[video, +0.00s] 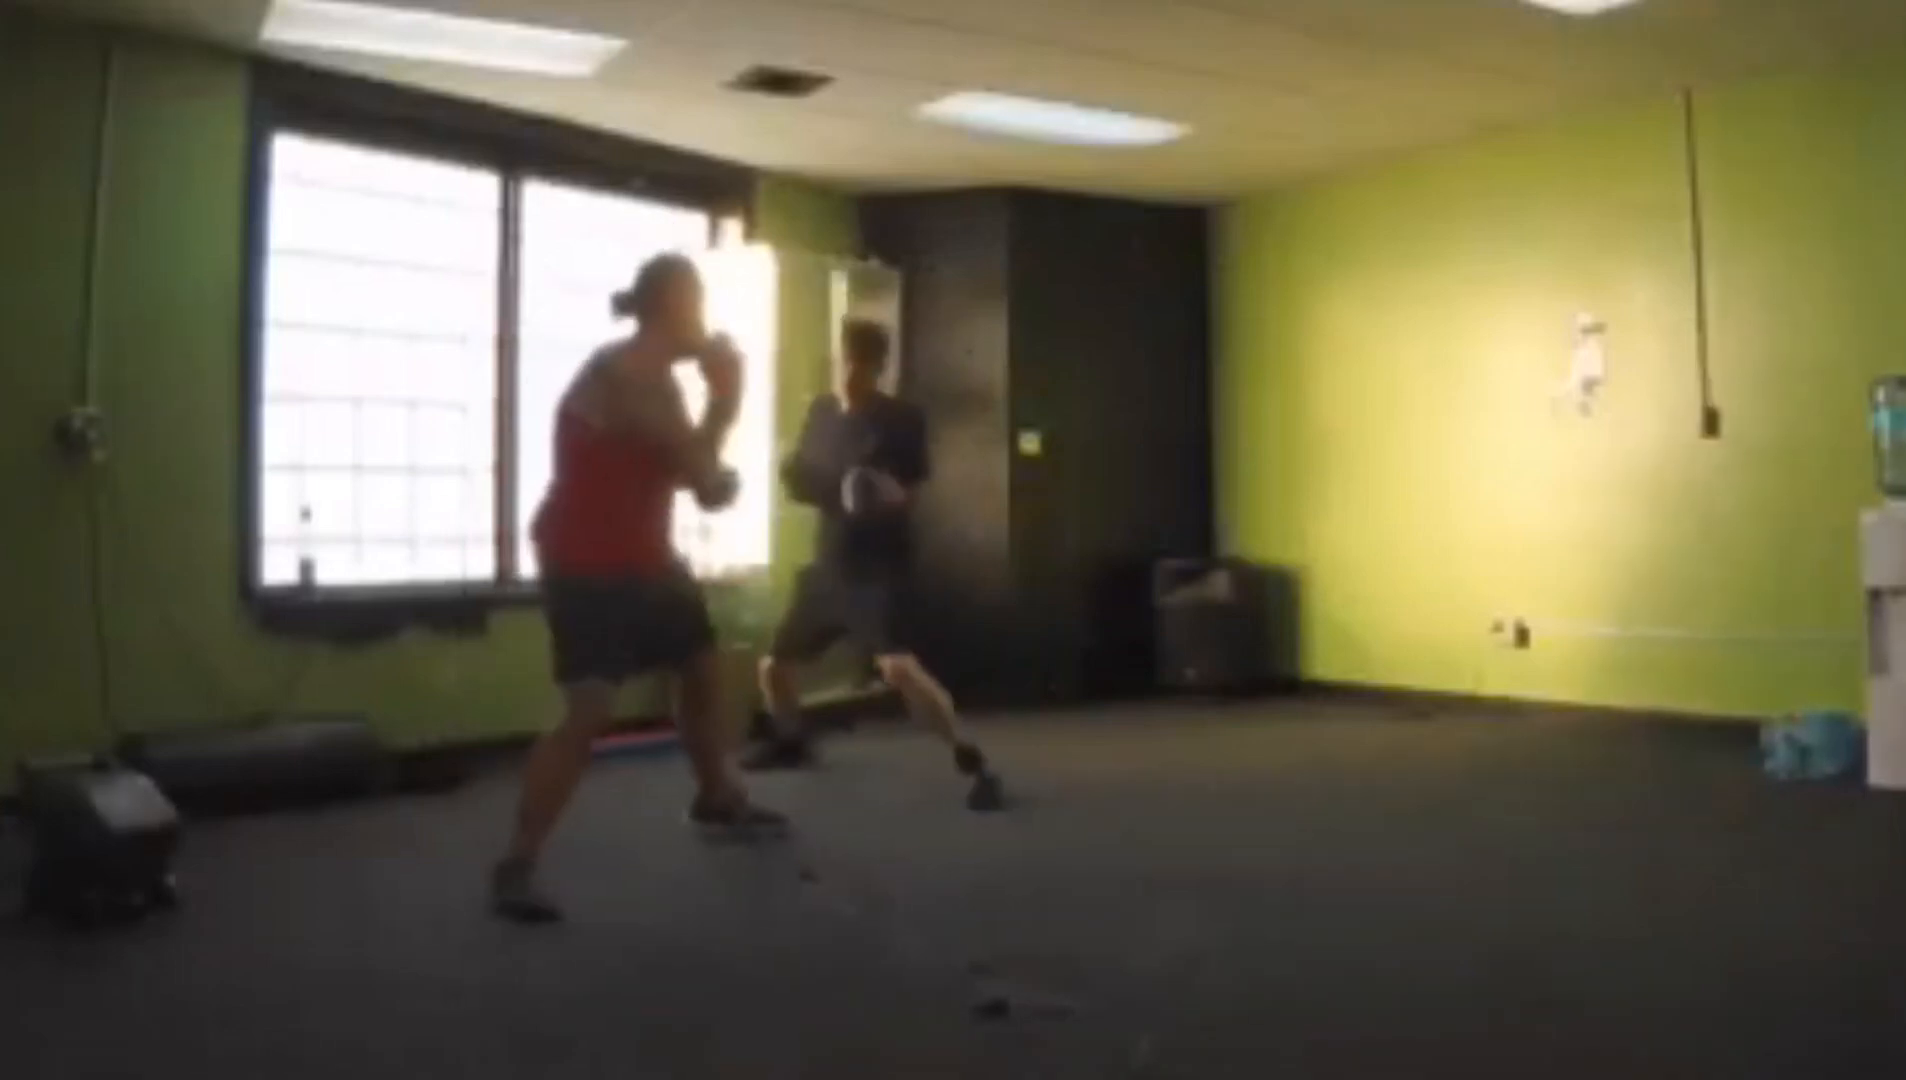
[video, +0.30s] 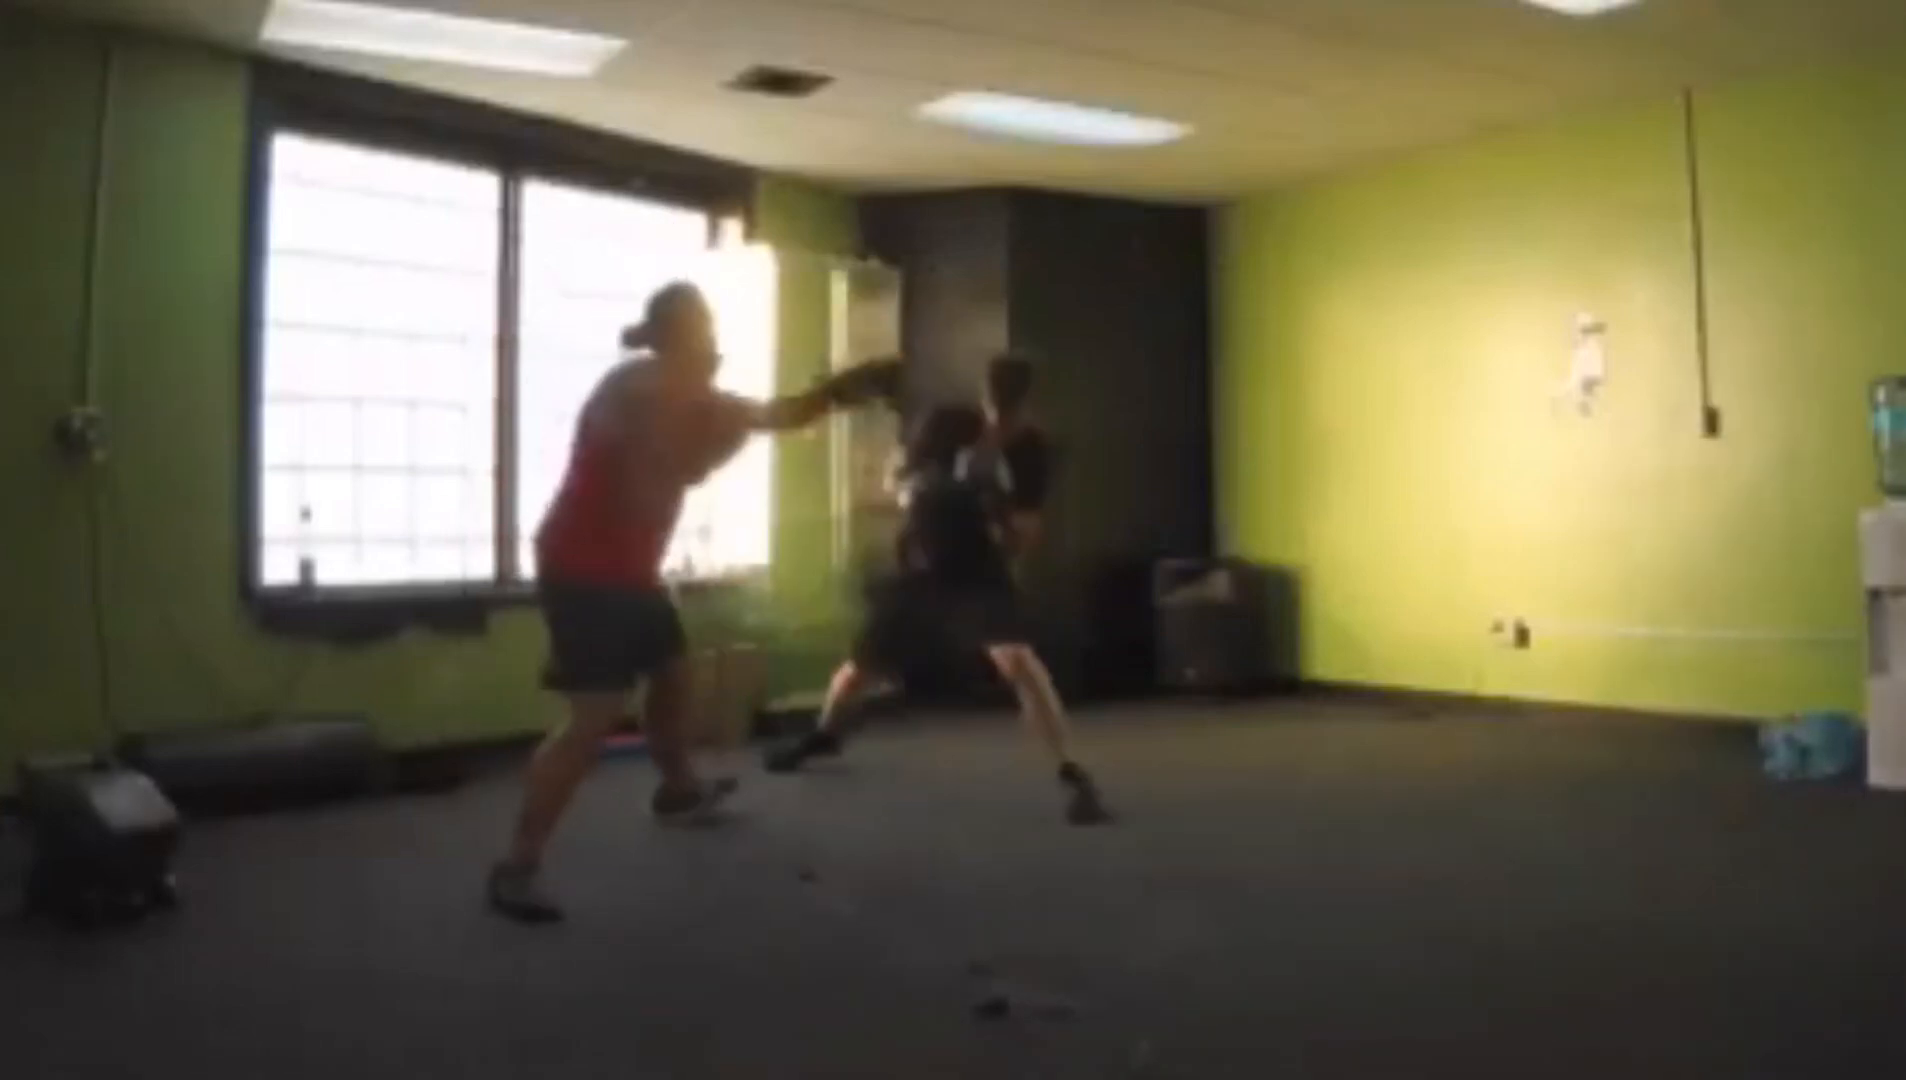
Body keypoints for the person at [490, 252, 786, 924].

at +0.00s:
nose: (702, 317)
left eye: (700, 302)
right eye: (694, 302)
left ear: (659, 306)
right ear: (664, 306)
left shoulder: (656, 380)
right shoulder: (623, 374)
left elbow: (682, 466)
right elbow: (694, 462)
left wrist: (711, 482)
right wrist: (725, 396)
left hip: (646, 560)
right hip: (589, 565)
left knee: (702, 667)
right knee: (588, 714)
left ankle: (718, 797)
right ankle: (518, 865)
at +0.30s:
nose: (711, 342)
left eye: (710, 329)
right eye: (697, 329)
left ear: (702, 337)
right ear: (666, 336)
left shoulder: (702, 404)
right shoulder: (633, 387)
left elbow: (781, 416)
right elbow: (658, 473)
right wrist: (728, 433)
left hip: (634, 575)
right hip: (581, 572)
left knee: (671, 672)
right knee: (594, 715)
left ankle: (679, 788)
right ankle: (517, 868)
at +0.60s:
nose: (752, 369)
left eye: (747, 360)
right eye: (744, 360)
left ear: (691, 364)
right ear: (725, 361)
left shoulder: (669, 408)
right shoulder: (742, 392)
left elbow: (676, 497)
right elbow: (833, 385)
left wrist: (750, 522)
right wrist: (906, 379)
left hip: (648, 554)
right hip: (675, 560)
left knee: (722, 664)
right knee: (618, 693)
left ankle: (691, 786)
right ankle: (514, 823)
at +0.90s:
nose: (724, 321)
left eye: (710, 316)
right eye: (717, 312)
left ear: (681, 331)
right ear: (717, 315)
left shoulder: (684, 388)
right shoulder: (760, 364)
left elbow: (769, 450)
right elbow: (852, 381)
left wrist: (814, 408)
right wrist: (868, 345)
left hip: (703, 545)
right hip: (757, 542)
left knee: (737, 663)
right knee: (812, 672)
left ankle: (697, 779)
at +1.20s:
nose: (713, 316)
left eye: (715, 301)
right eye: (697, 309)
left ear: (729, 302)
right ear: (680, 322)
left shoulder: (780, 349)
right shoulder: (681, 402)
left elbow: (875, 331)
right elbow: (718, 498)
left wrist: (963, 316)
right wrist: (789, 429)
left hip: (827, 538)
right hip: (764, 556)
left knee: (851, 675)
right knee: (848, 677)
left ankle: (783, 777)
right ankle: (831, 842)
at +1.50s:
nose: (709, 297)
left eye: (713, 282)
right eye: (694, 288)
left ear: (729, 283)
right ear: (674, 300)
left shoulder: (778, 344)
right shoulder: (659, 378)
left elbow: (849, 385)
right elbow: (617, 473)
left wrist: (849, 403)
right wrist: (659, 474)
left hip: (798, 538)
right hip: (721, 554)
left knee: (824, 681)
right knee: (753, 687)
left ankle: (792, 811)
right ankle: (768, 838)